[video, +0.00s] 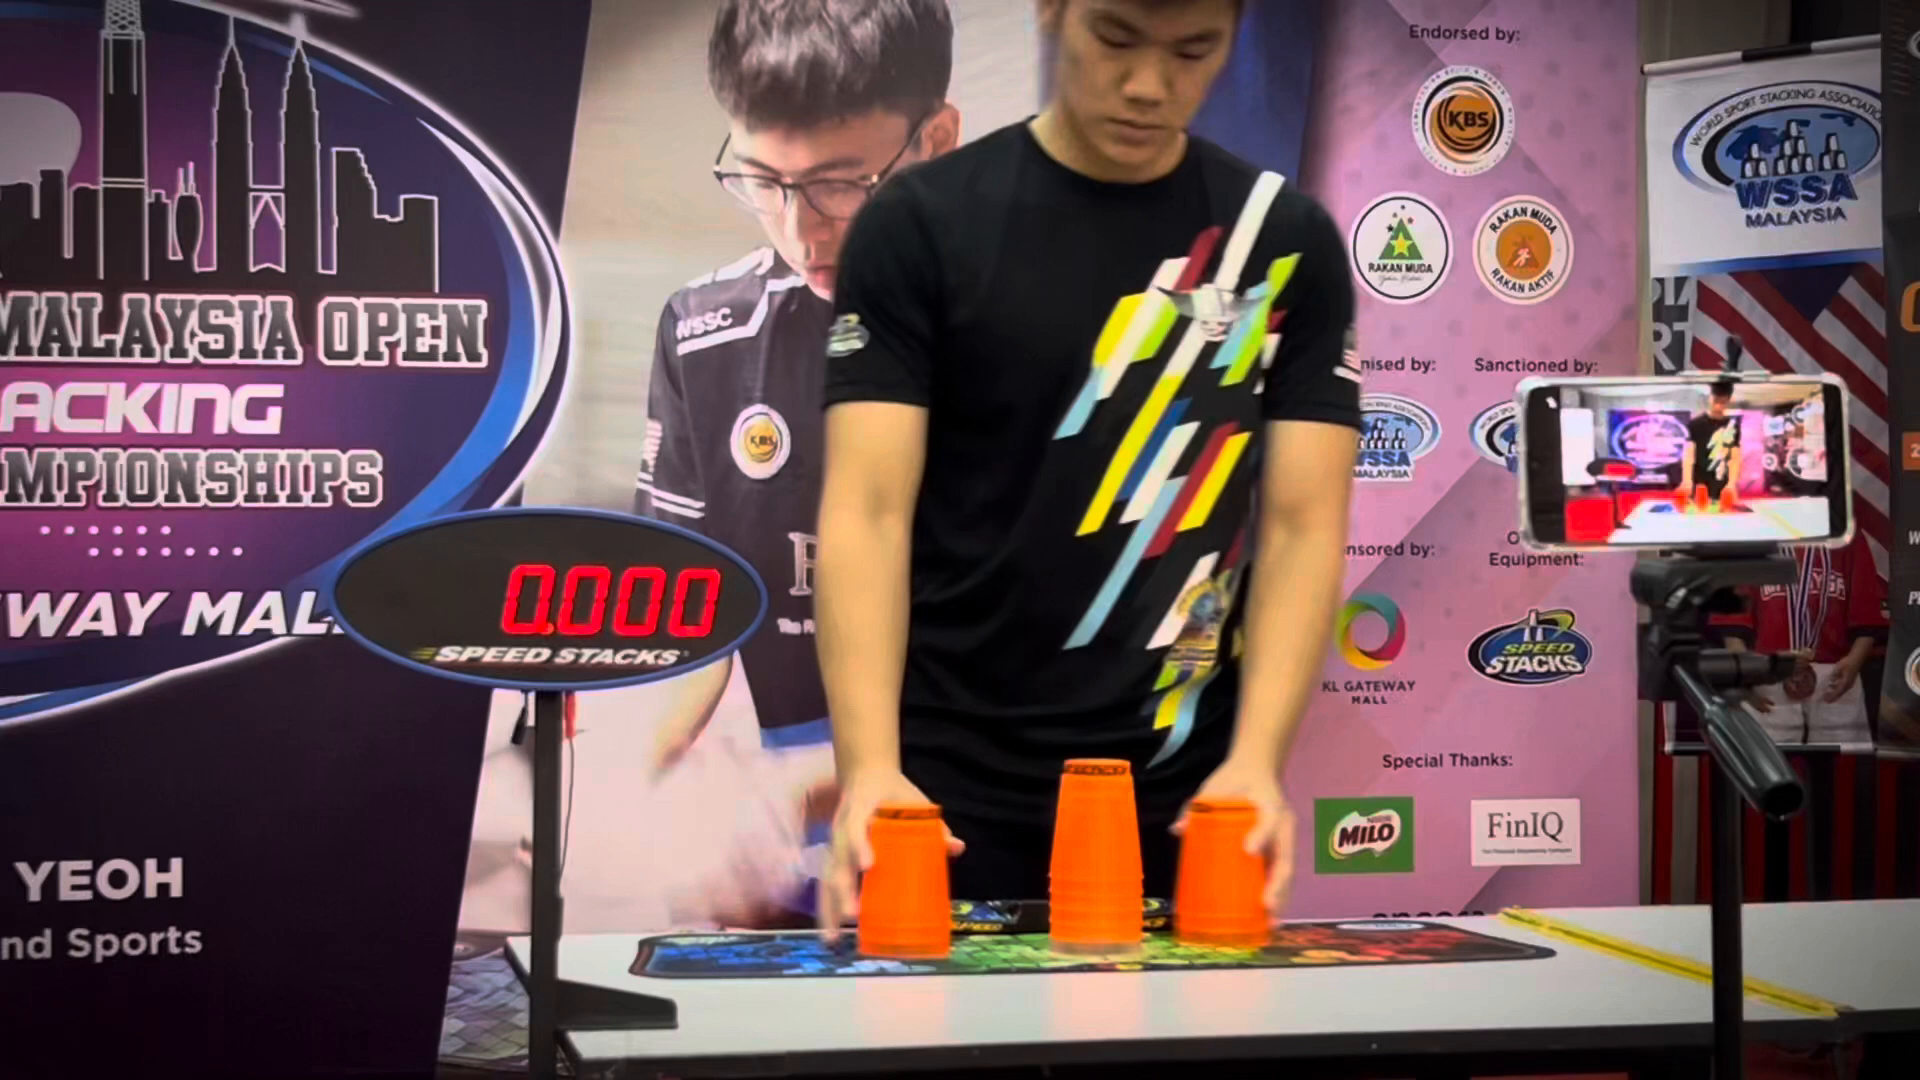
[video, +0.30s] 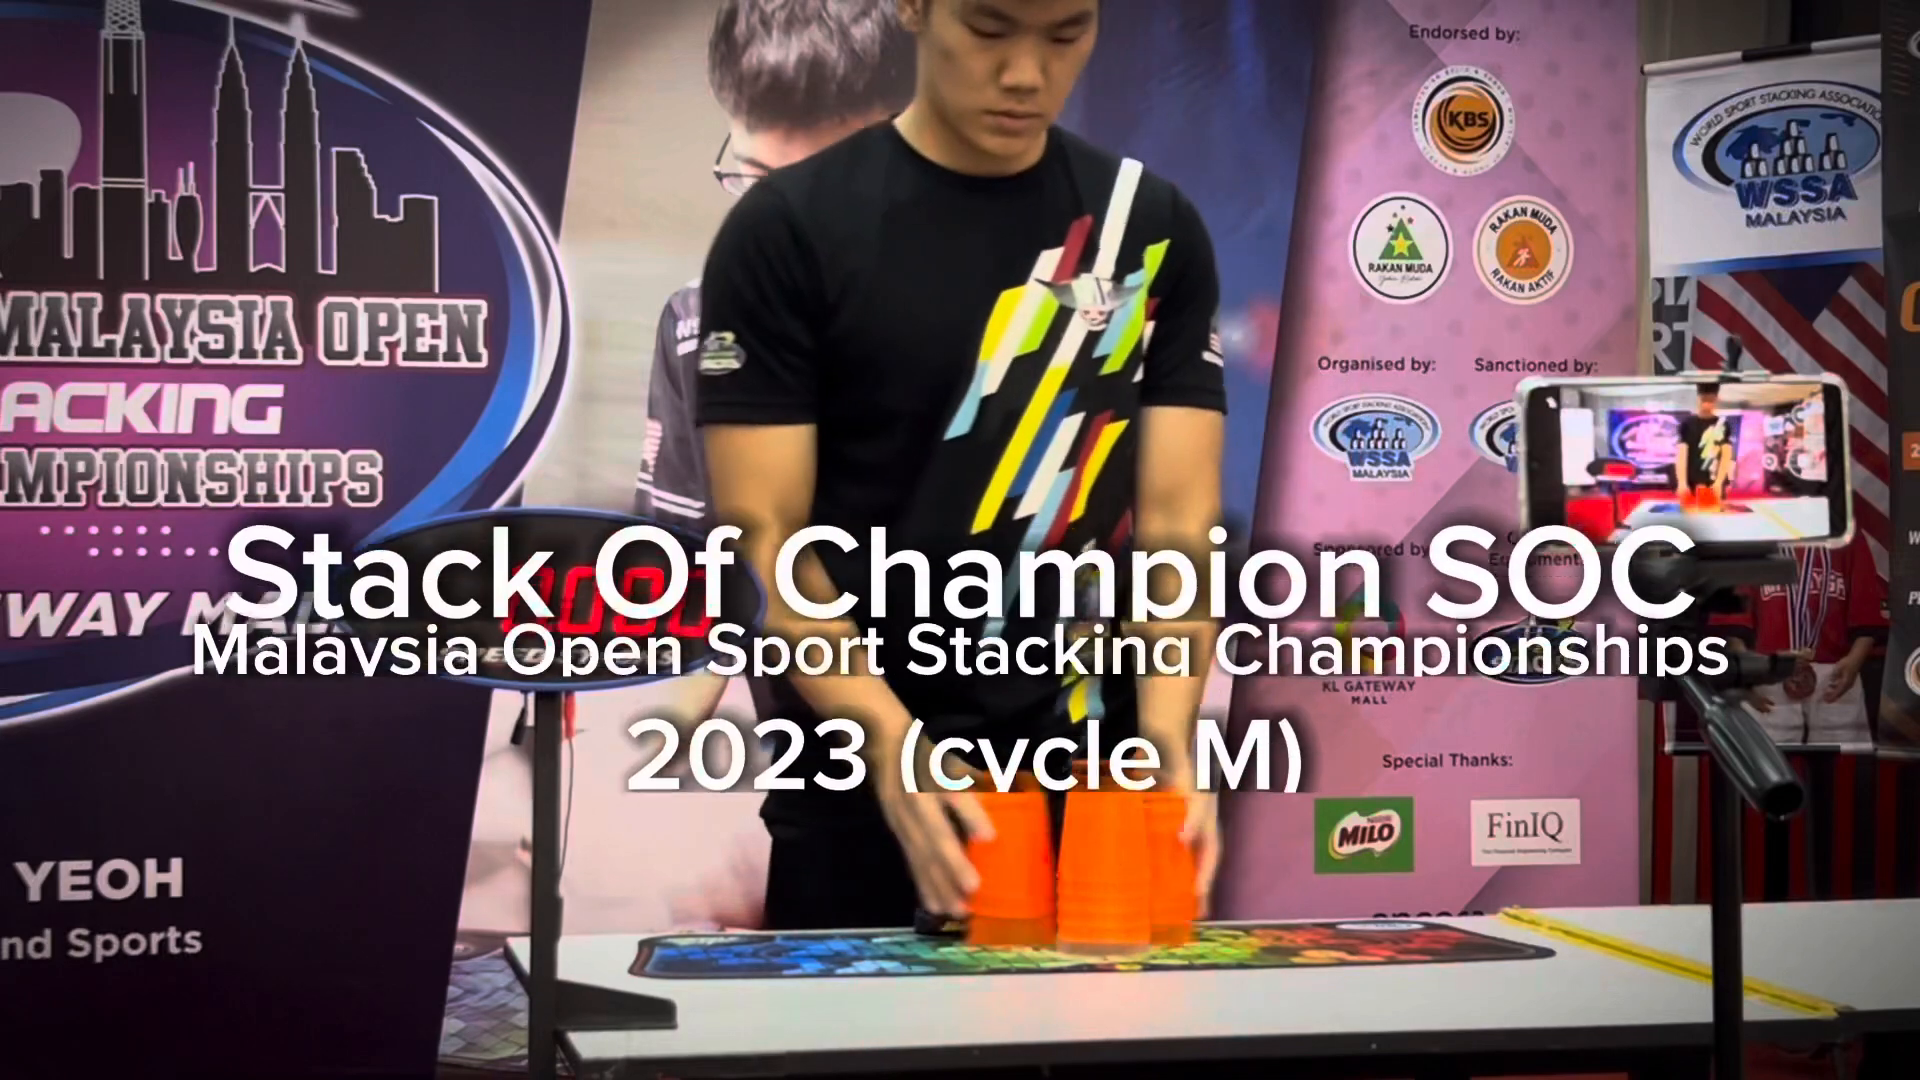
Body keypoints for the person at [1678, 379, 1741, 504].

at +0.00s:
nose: (1718, 406)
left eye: (1723, 402)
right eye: (1715, 401)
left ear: (1729, 402)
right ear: (1709, 399)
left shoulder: (1732, 425)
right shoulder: (1695, 424)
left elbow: (1735, 456)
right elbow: (1689, 456)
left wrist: (1732, 484)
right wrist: (1686, 483)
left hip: (1722, 486)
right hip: (1700, 485)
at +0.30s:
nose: (1706, 405)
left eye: (1710, 400)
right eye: (1704, 400)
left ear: (1715, 400)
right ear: (1698, 400)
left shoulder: (1722, 425)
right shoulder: (1688, 424)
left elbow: (1725, 455)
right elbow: (1682, 455)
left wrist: (1718, 483)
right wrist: (1682, 483)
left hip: (1713, 487)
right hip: (1691, 486)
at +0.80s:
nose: (1694, 405)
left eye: (1698, 401)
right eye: (1691, 400)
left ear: (1704, 400)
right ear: (1685, 400)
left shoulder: (1710, 424)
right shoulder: (1677, 425)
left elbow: (1717, 456)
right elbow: (1672, 458)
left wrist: (1721, 485)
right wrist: (1672, 488)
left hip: (1705, 482)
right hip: (1684, 483)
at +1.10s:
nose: (1706, 408)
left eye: (1709, 404)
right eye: (1702, 403)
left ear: (1714, 404)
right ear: (1697, 403)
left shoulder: (1719, 428)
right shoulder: (1685, 427)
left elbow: (1725, 454)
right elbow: (1674, 450)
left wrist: (1725, 478)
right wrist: (1675, 472)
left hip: (1711, 477)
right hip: (1689, 477)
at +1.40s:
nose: (1714, 409)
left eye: (1718, 406)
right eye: (1712, 405)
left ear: (1722, 408)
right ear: (1706, 406)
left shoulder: (1726, 429)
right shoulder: (1694, 429)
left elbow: (1728, 456)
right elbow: (1689, 457)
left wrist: (1731, 479)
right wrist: (1686, 483)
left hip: (1719, 482)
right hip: (1699, 481)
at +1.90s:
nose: (1706, 414)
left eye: (1708, 410)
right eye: (1703, 411)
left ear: (1712, 413)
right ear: (1697, 414)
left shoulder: (1718, 434)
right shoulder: (1692, 434)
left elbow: (1723, 452)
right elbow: (1685, 453)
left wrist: (1722, 468)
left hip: (1714, 474)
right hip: (1698, 475)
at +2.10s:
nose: (1701, 417)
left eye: (1703, 414)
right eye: (1698, 414)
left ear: (1708, 416)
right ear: (1694, 416)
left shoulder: (1714, 435)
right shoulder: (1689, 435)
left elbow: (1721, 452)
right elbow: (1684, 454)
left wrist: (1717, 467)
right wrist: (1687, 466)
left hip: (1710, 467)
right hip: (1694, 467)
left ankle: (1714, 498)